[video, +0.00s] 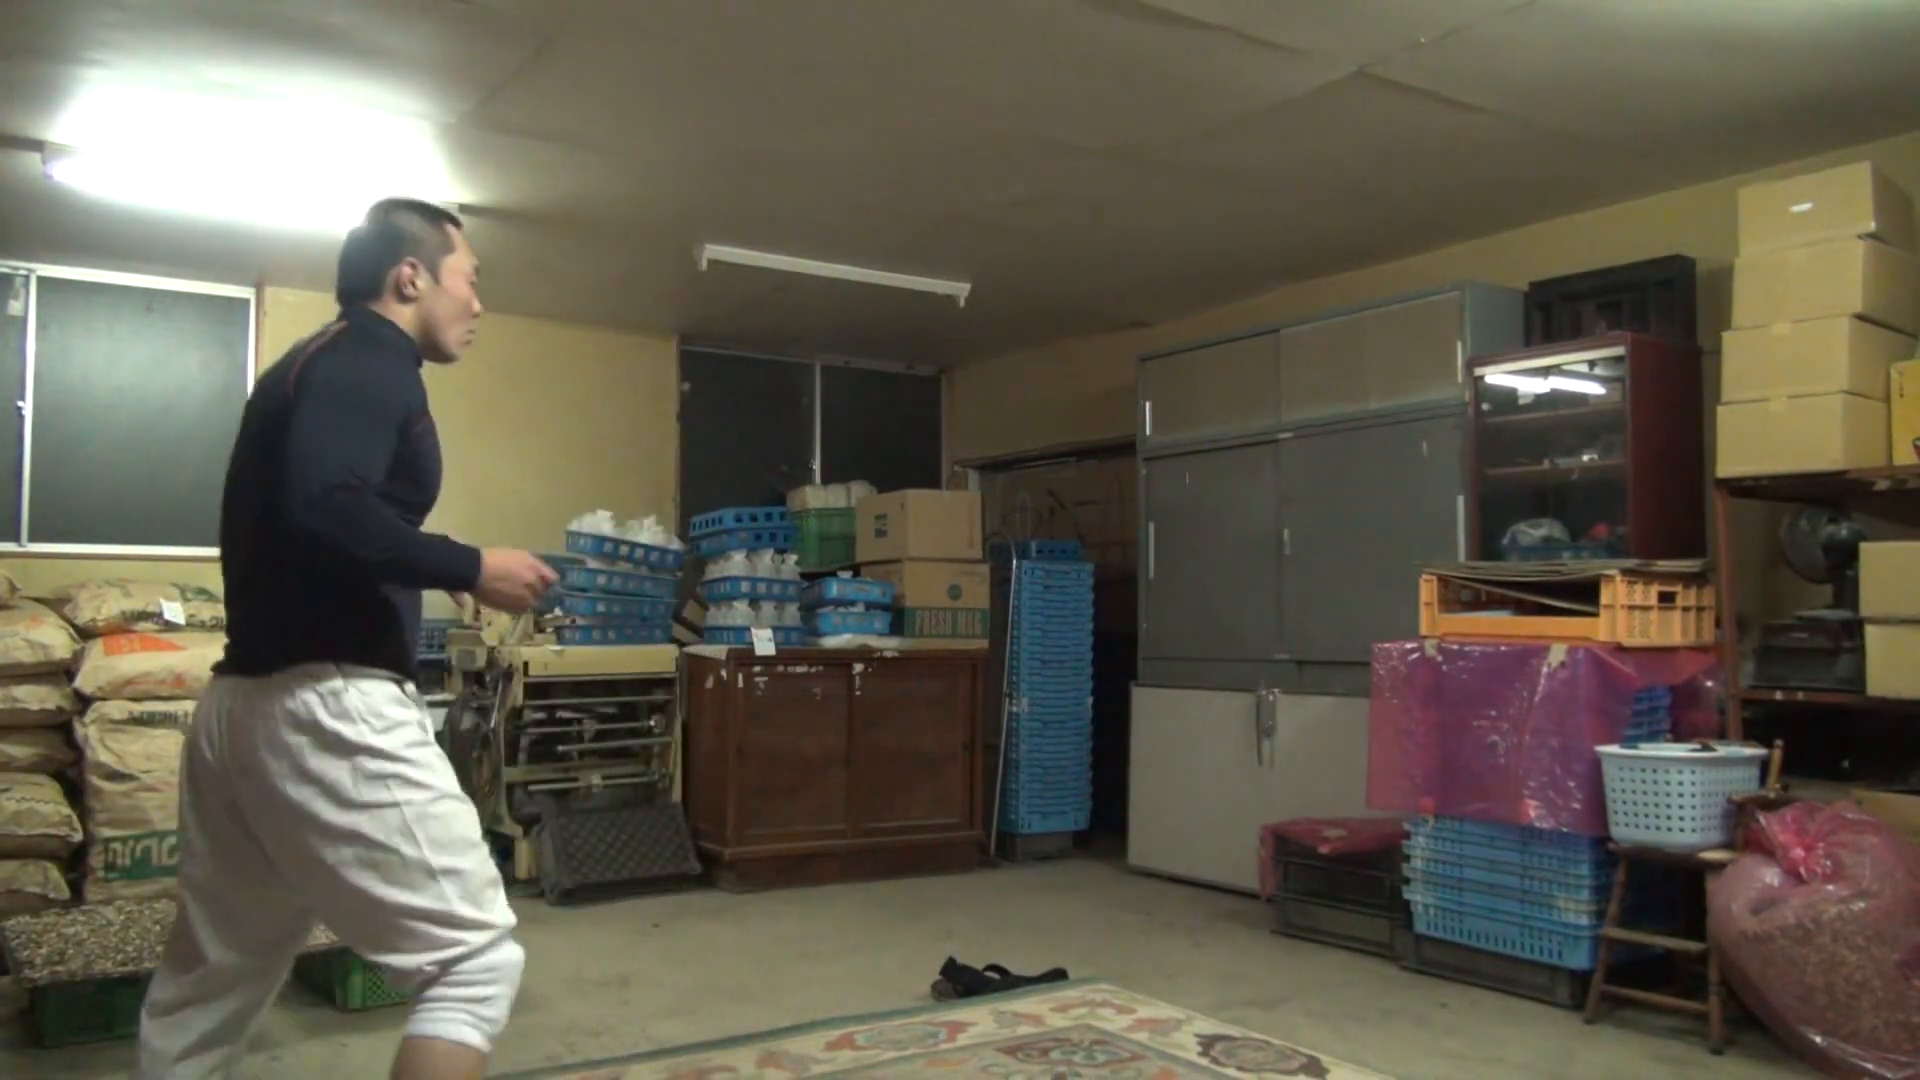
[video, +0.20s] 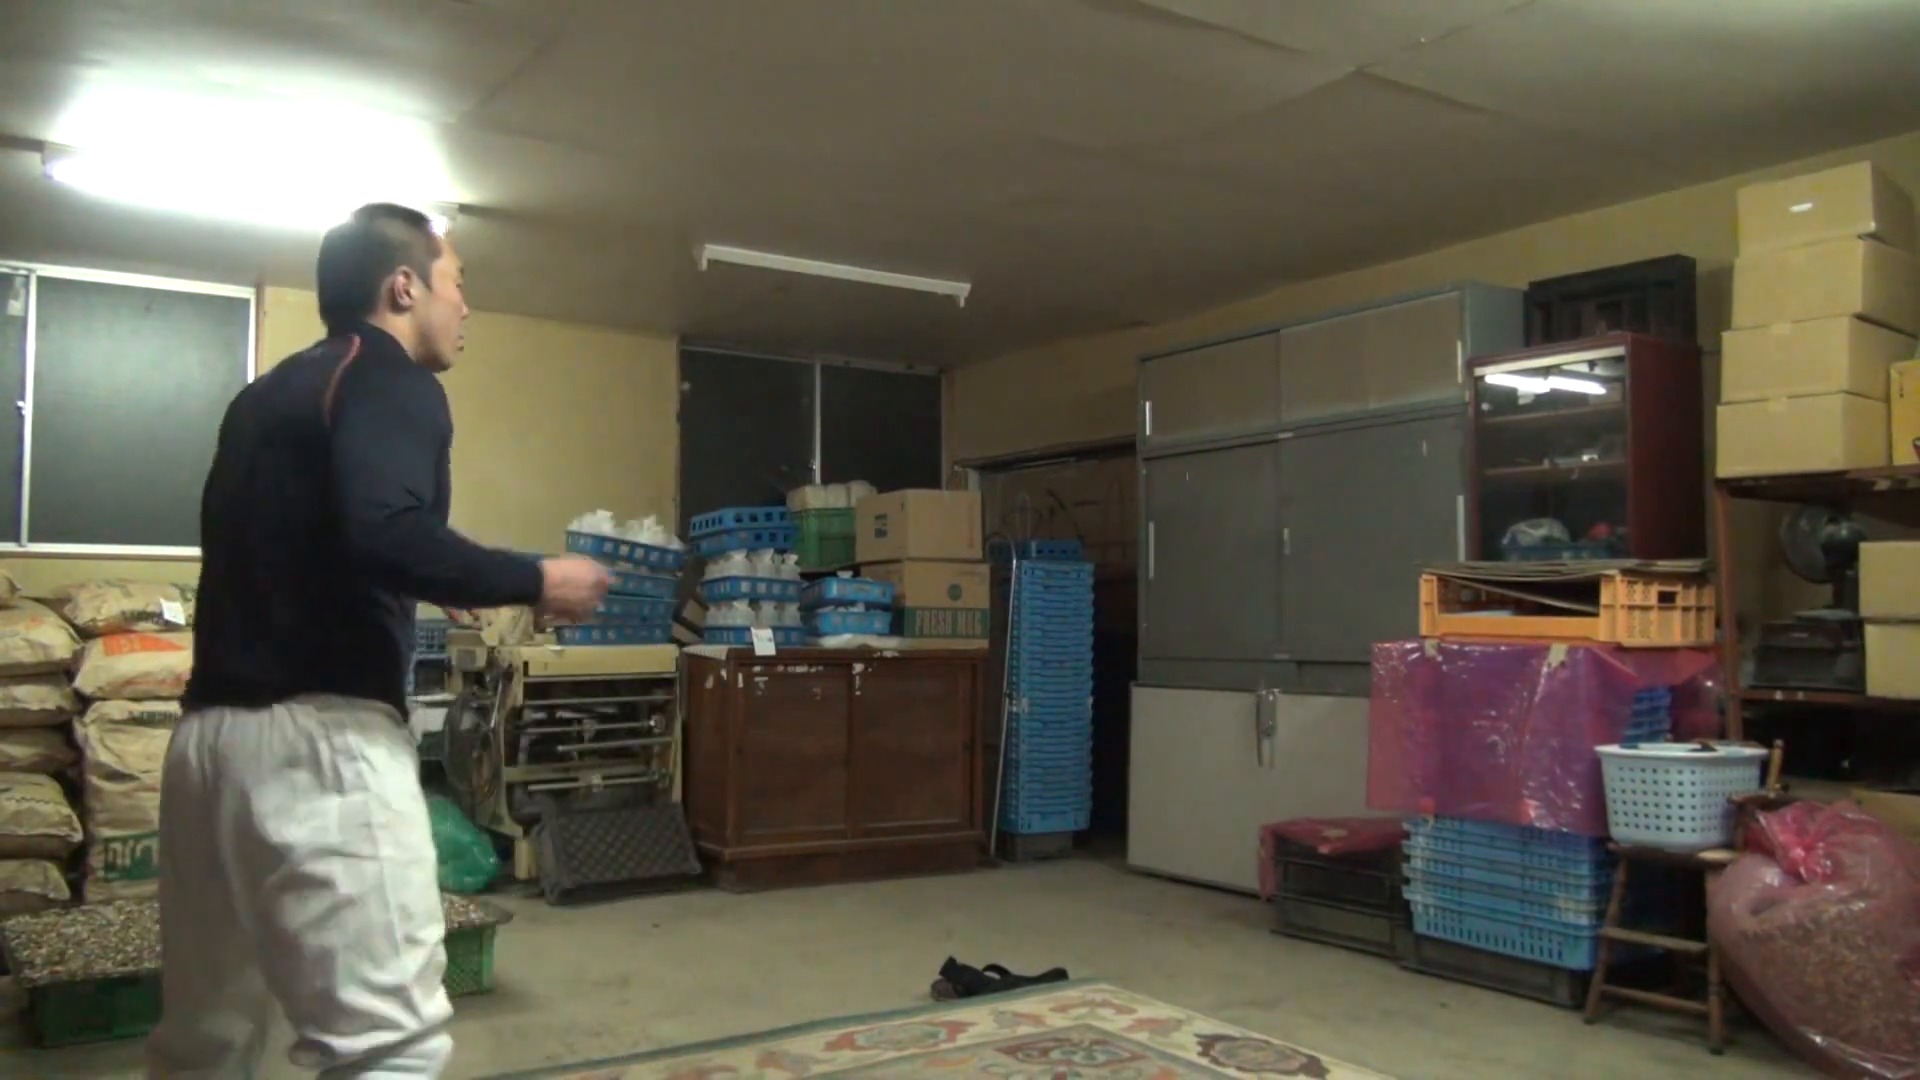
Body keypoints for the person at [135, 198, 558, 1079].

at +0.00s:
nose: (479, 304)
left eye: (477, 282)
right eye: (468, 279)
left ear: (392, 282)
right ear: (408, 278)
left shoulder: (293, 368)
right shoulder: (370, 357)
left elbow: (267, 537)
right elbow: (328, 500)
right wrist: (473, 565)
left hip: (237, 713)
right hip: (338, 717)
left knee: (205, 990)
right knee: (472, 961)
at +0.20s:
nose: (465, 308)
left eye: (463, 284)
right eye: (456, 283)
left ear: (361, 292)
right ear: (403, 287)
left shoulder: (258, 397)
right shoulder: (393, 384)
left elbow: (249, 555)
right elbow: (390, 533)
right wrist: (537, 579)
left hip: (204, 750)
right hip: (321, 751)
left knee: (205, 1043)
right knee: (388, 1048)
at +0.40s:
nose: (470, 252)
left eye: (469, 228)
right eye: (460, 226)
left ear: (360, 230)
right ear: (408, 225)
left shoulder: (258, 320)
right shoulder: (381, 301)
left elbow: (188, 461)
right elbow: (358, 435)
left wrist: (358, 510)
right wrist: (510, 494)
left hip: (171, 669)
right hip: (286, 682)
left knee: (137, 987)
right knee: (356, 984)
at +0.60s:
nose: (446, 302)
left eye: (444, 280)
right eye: (435, 278)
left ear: (358, 282)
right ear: (379, 279)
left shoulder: (234, 377)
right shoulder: (347, 369)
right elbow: (374, 534)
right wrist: (532, 513)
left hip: (139, 727)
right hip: (253, 732)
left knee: (97, 1030)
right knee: (411, 993)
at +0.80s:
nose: (460, 326)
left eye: (463, 307)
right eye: (458, 303)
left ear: (343, 291)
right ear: (412, 292)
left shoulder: (246, 381)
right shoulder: (397, 376)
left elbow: (351, 519)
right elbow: (545, 486)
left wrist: (482, 475)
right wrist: (653, 418)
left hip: (166, 737)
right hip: (306, 732)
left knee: (132, 1034)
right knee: (422, 1018)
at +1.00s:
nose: (485, 326)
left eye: (486, 305)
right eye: (479, 303)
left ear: (385, 299)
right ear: (430, 296)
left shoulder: (280, 379)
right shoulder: (413, 380)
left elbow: (363, 556)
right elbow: (505, 532)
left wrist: (497, 543)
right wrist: (632, 512)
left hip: (155, 713)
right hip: (283, 715)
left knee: (141, 1027)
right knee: (392, 1008)